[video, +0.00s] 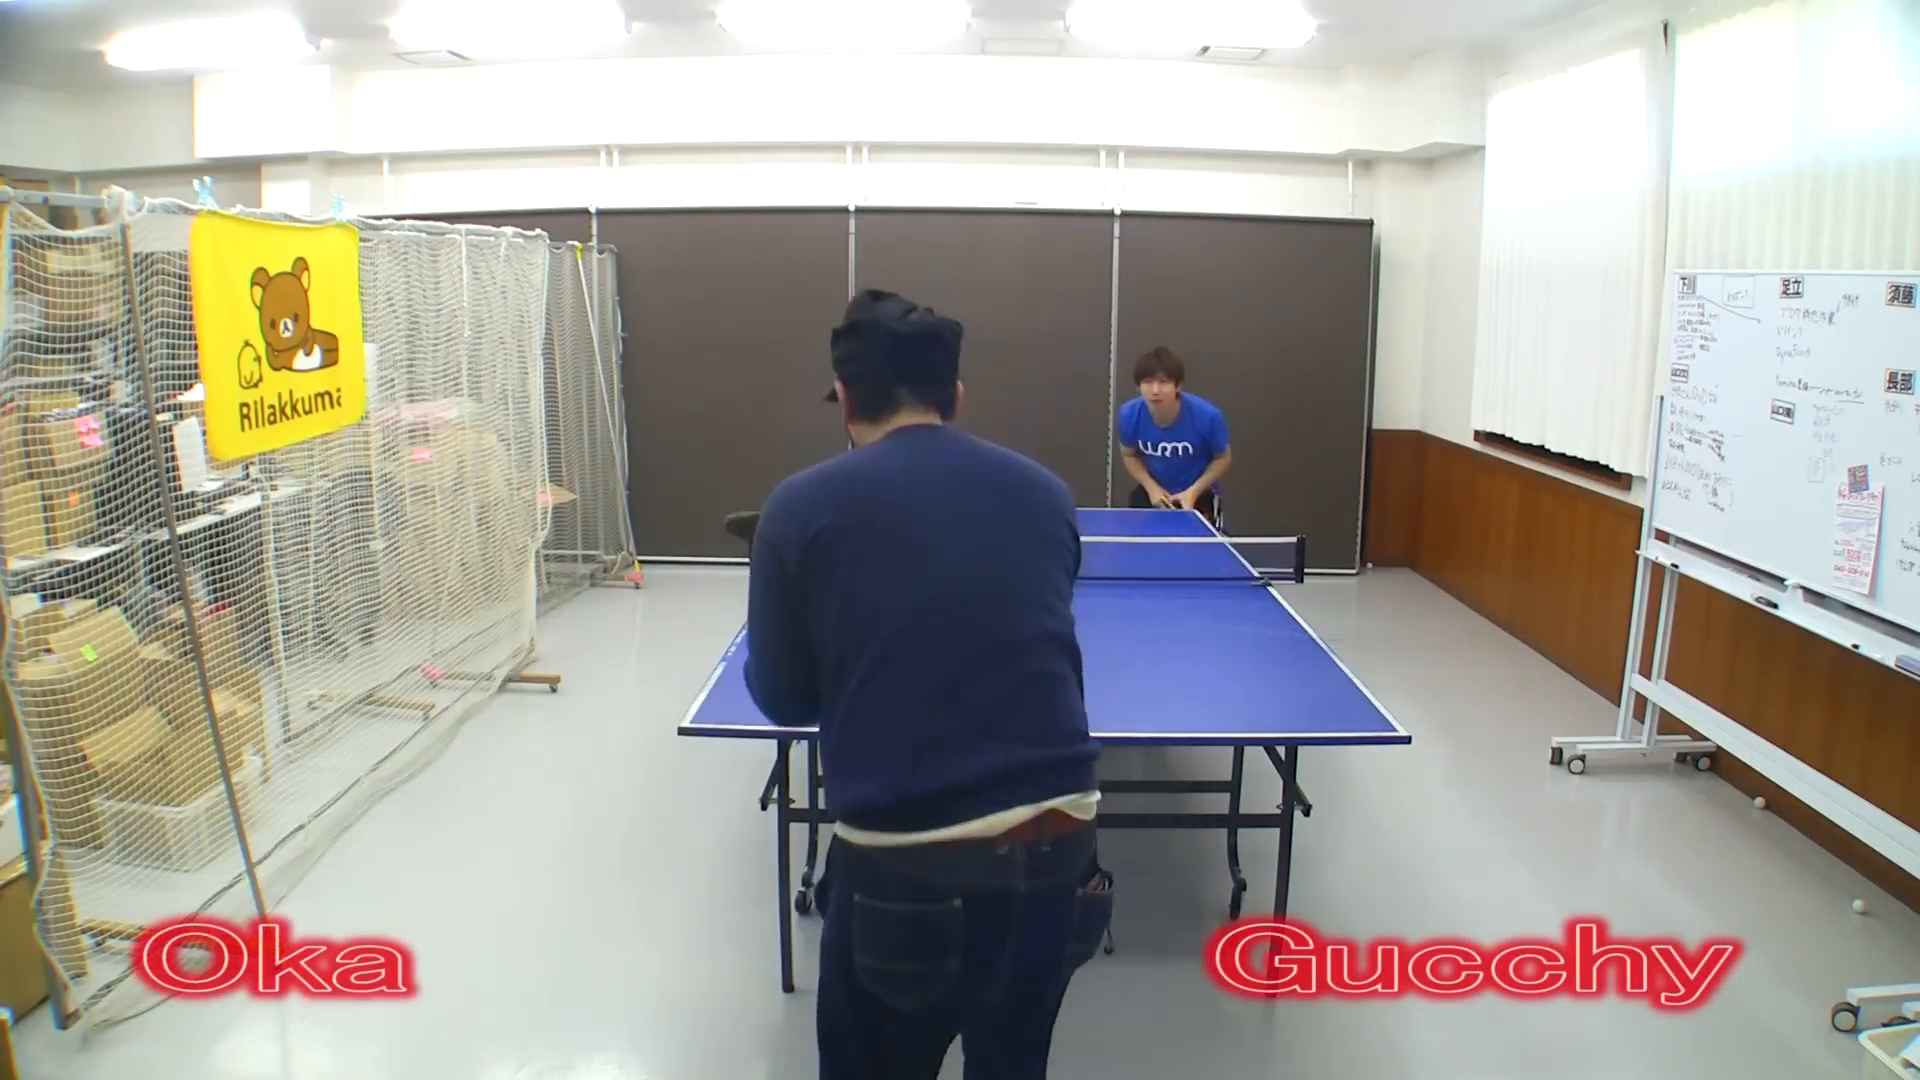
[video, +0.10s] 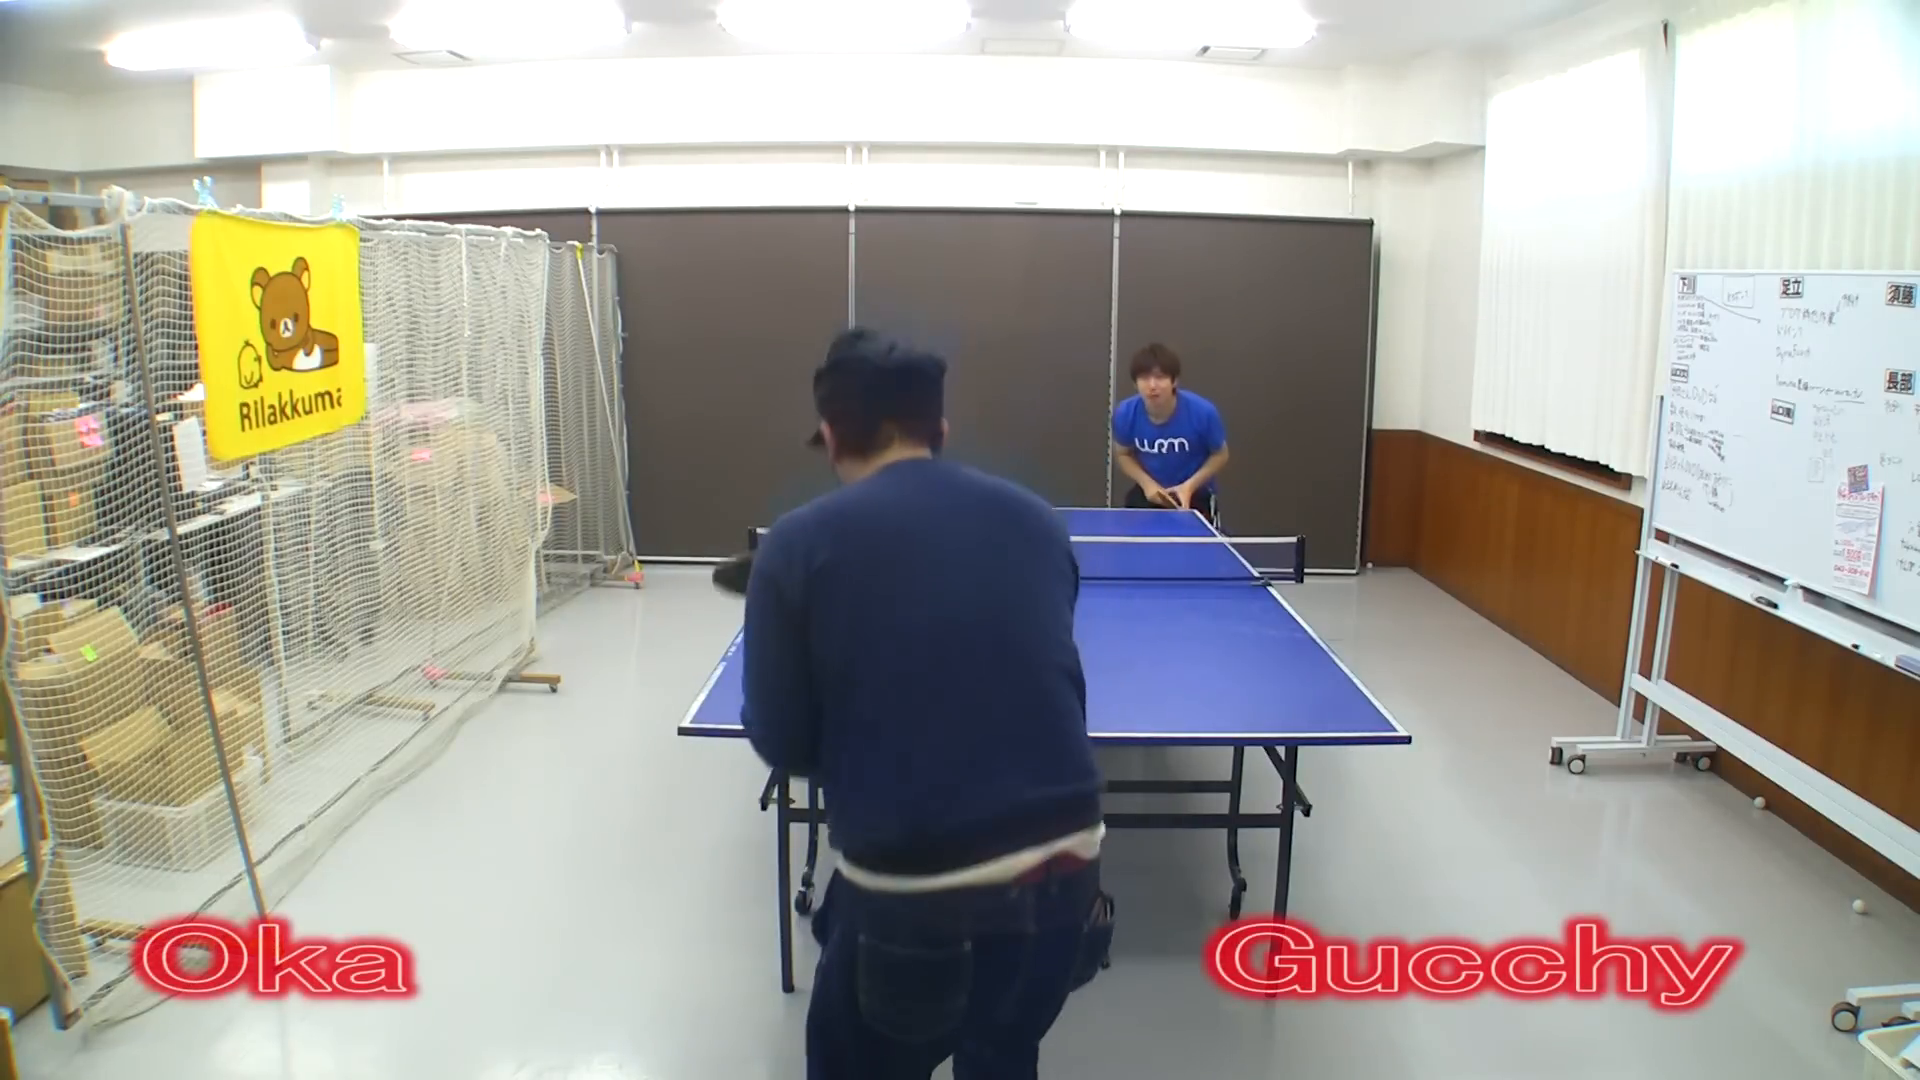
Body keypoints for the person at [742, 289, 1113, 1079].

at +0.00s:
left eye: (833, 395)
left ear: (842, 398)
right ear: (957, 398)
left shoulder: (802, 506)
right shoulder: (1044, 491)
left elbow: (783, 697)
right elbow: (1040, 643)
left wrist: (878, 641)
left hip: (903, 887)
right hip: (1052, 879)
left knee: (871, 1068)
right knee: (1013, 1069)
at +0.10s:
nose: (822, 453)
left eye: (819, 439)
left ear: (828, 438)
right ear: (942, 429)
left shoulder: (800, 543)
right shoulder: (1035, 518)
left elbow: (784, 739)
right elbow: (1054, 680)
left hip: (907, 911)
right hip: (1056, 898)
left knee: (855, 1067)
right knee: (1004, 1064)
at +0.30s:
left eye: (801, 564)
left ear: (805, 555)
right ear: (917, 528)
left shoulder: (782, 663)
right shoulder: (1026, 575)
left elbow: (794, 865)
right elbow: (1138, 677)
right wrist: (1030, 633)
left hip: (922, 1012)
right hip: (1083, 990)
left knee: (838, 1066)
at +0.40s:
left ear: (826, 518)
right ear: (941, 493)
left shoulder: (787, 649)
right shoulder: (1023, 543)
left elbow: (782, 831)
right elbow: (1201, 597)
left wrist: (879, 825)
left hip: (917, 994)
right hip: (1082, 974)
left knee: (875, 1064)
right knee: (1057, 1068)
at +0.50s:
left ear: (868, 466)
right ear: (985, 454)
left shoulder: (814, 601)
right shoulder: (1050, 527)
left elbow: (795, 785)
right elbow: (1223, 608)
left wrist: (896, 780)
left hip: (912, 962)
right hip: (1073, 949)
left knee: (892, 1065)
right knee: (1083, 1065)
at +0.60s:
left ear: (917, 433)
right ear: (1036, 432)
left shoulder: (852, 565)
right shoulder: (1093, 531)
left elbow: (814, 744)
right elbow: (1246, 645)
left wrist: (917, 750)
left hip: (914, 951)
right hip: (1073, 946)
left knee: (902, 1066)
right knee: (1112, 1066)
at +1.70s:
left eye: (1174, 355)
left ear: (1181, 369)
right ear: (1295, 379)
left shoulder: (1148, 446)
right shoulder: (1339, 485)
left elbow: (1094, 555)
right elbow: (1373, 585)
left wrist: (1028, 622)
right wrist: (1295, 620)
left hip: (1123, 824)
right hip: (1267, 841)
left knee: (977, 1010)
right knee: (1258, 1045)